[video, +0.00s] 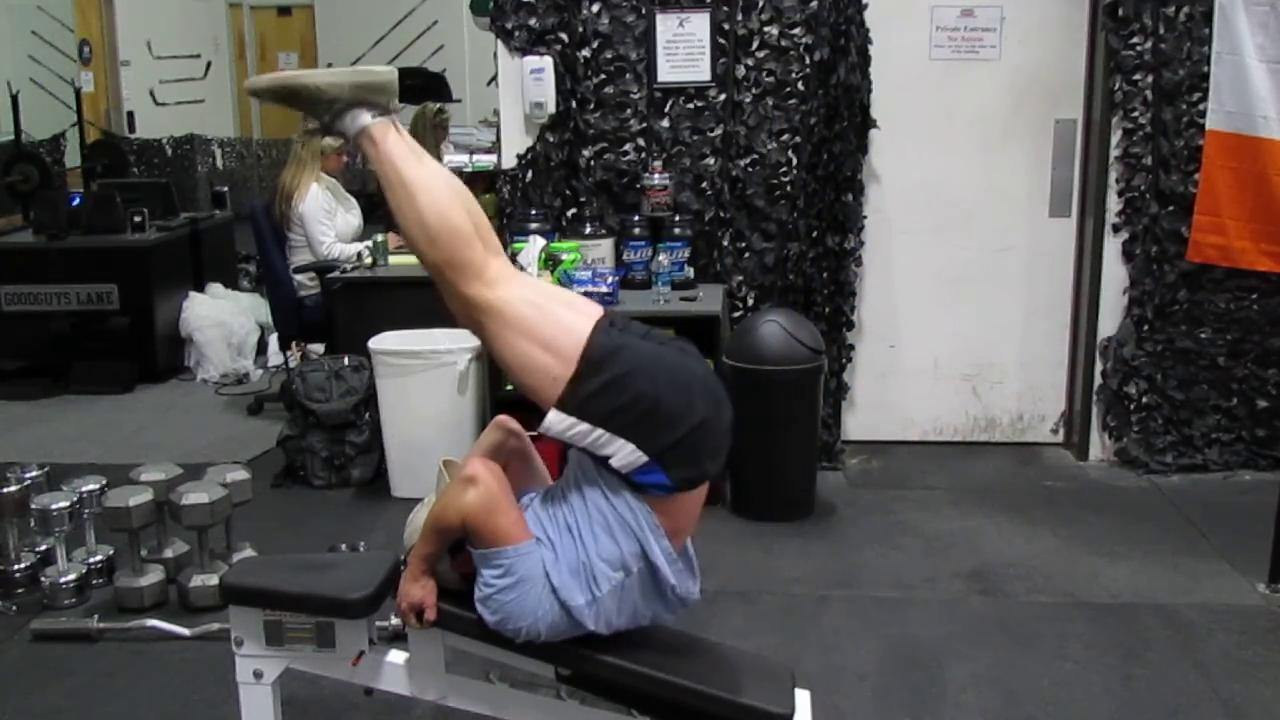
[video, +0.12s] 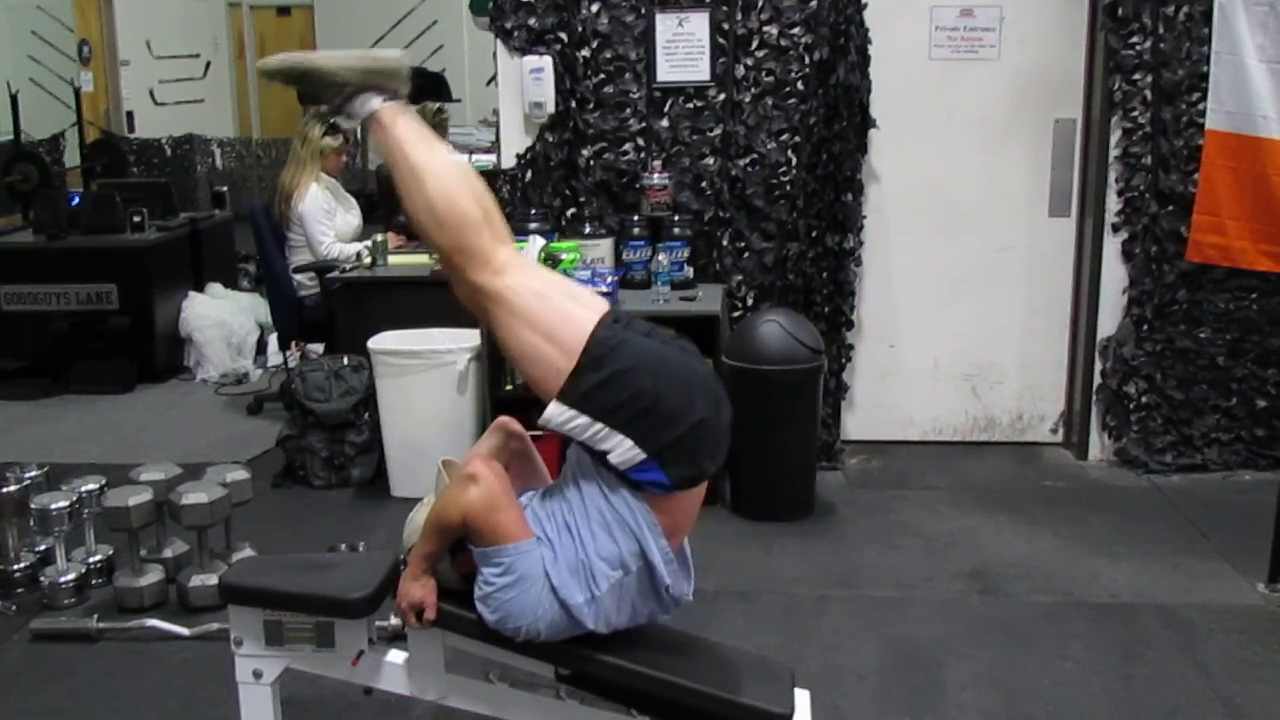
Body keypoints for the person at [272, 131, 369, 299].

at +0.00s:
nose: (345, 160)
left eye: (345, 154)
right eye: (339, 154)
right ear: (321, 156)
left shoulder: (323, 186)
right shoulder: (312, 192)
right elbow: (326, 250)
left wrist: (377, 242)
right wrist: (377, 245)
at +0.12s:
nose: (345, 160)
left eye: (346, 154)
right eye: (339, 154)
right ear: (320, 154)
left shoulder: (324, 185)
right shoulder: (311, 193)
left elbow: (335, 245)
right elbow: (326, 251)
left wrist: (377, 243)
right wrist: (377, 245)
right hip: (318, 291)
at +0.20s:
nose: (345, 160)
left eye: (346, 154)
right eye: (339, 154)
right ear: (320, 154)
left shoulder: (324, 184)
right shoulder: (311, 192)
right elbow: (326, 251)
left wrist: (377, 243)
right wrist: (377, 245)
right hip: (317, 293)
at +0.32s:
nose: (344, 160)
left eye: (345, 153)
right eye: (339, 154)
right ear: (320, 154)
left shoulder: (324, 185)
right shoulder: (311, 192)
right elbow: (326, 251)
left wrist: (376, 243)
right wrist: (377, 245)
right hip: (317, 290)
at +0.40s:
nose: (344, 160)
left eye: (345, 153)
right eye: (338, 154)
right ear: (319, 155)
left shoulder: (323, 186)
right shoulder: (311, 193)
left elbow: (333, 246)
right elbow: (325, 252)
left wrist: (375, 244)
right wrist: (376, 245)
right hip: (317, 292)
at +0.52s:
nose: (345, 159)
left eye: (345, 152)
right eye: (339, 153)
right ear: (319, 154)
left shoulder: (323, 185)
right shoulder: (312, 192)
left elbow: (335, 243)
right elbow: (326, 250)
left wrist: (377, 242)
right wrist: (378, 245)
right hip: (318, 292)